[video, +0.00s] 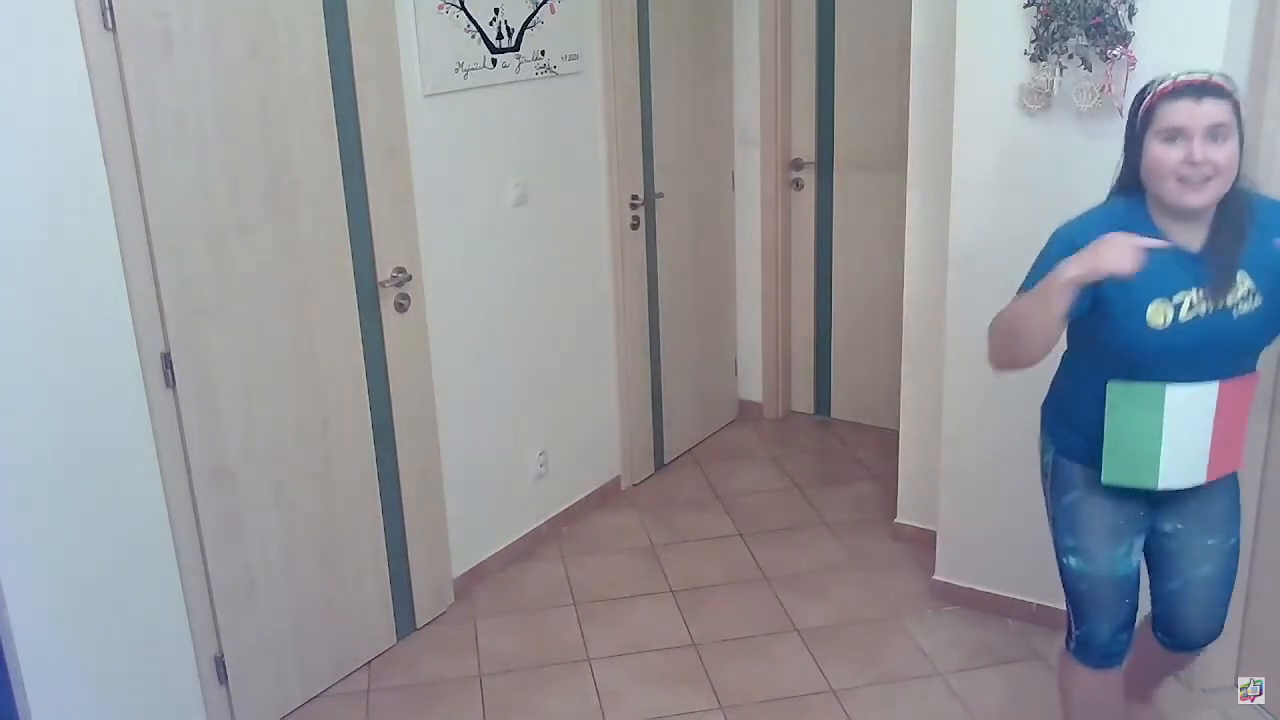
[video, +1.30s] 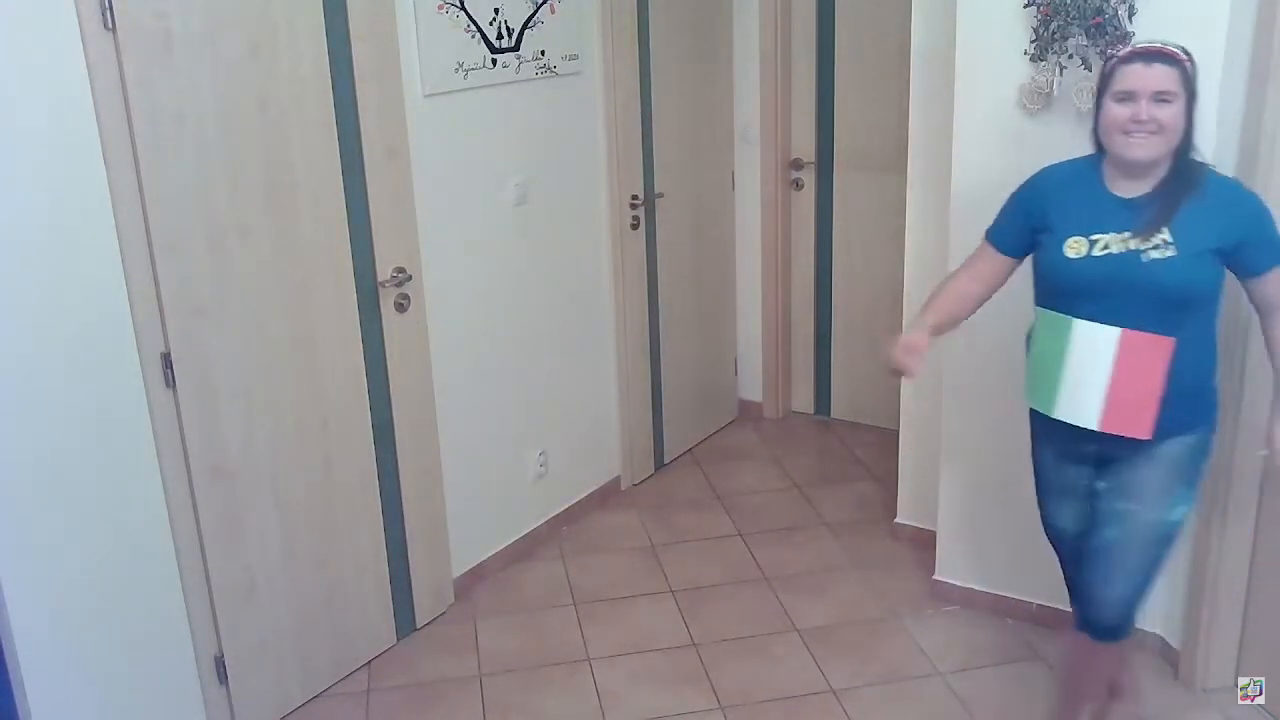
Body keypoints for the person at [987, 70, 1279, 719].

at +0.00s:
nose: (1197, 155)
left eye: (1216, 135)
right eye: (1173, 137)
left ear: (1238, 150)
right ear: (1138, 152)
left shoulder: (1267, 228)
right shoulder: (1090, 239)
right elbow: (1005, 354)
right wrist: (1074, 271)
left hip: (1208, 461)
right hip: (1096, 463)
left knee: (1191, 627)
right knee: (1102, 636)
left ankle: (1132, 695)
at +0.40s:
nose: (1232, 140)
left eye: (1252, 121)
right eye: (1211, 121)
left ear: (1274, 133)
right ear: (1178, 131)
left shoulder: (1274, 220)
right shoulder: (1131, 210)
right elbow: (1072, 325)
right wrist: (1169, 303)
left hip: (1238, 450)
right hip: (1127, 439)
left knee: (1193, 605)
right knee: (1115, 610)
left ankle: (1169, 703)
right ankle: (1111, 714)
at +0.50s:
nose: (1236, 136)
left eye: (1255, 117)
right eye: (1216, 117)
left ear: (1277, 128)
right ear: (1183, 126)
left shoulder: (1275, 212)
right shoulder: (1134, 203)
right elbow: (1075, 315)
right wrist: (1168, 358)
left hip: (1244, 443)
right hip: (1136, 434)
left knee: (1197, 602)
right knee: (1127, 605)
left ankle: (1171, 704)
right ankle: (1123, 706)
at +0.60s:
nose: (1234, 141)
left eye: (1254, 123)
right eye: (1215, 122)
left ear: (1274, 132)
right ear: (1182, 128)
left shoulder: (1276, 214)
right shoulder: (1132, 208)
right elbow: (1079, 321)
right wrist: (1142, 413)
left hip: (1249, 445)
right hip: (1142, 436)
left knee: (1201, 609)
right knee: (1133, 611)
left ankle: (1171, 704)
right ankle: (1127, 703)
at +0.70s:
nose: (1229, 142)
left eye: (1248, 124)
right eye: (1210, 124)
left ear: (1270, 133)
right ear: (1179, 131)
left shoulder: (1277, 213)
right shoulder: (1127, 213)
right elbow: (1070, 327)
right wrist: (1054, 439)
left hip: (1250, 452)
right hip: (1141, 444)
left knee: (1207, 610)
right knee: (1146, 615)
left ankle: (1171, 702)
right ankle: (1129, 700)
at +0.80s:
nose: (1221, 126)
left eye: (1241, 109)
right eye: (1202, 109)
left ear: (1262, 122)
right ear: (1171, 120)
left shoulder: (1272, 206)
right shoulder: (1118, 205)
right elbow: (1042, 298)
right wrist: (978, 378)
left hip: (1250, 437)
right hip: (1143, 431)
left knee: (1204, 595)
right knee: (1153, 606)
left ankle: (1171, 701)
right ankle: (1127, 702)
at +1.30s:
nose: (1142, 112)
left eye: (1163, 100)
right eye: (1124, 97)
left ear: (1187, 115)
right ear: (1099, 110)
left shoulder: (1228, 208)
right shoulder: (1050, 193)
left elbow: (1276, 313)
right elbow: (980, 273)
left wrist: (1277, 416)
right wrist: (924, 327)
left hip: (1164, 433)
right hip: (1061, 426)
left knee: (1103, 608)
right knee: (1087, 587)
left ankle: (1071, 710)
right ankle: (1117, 688)